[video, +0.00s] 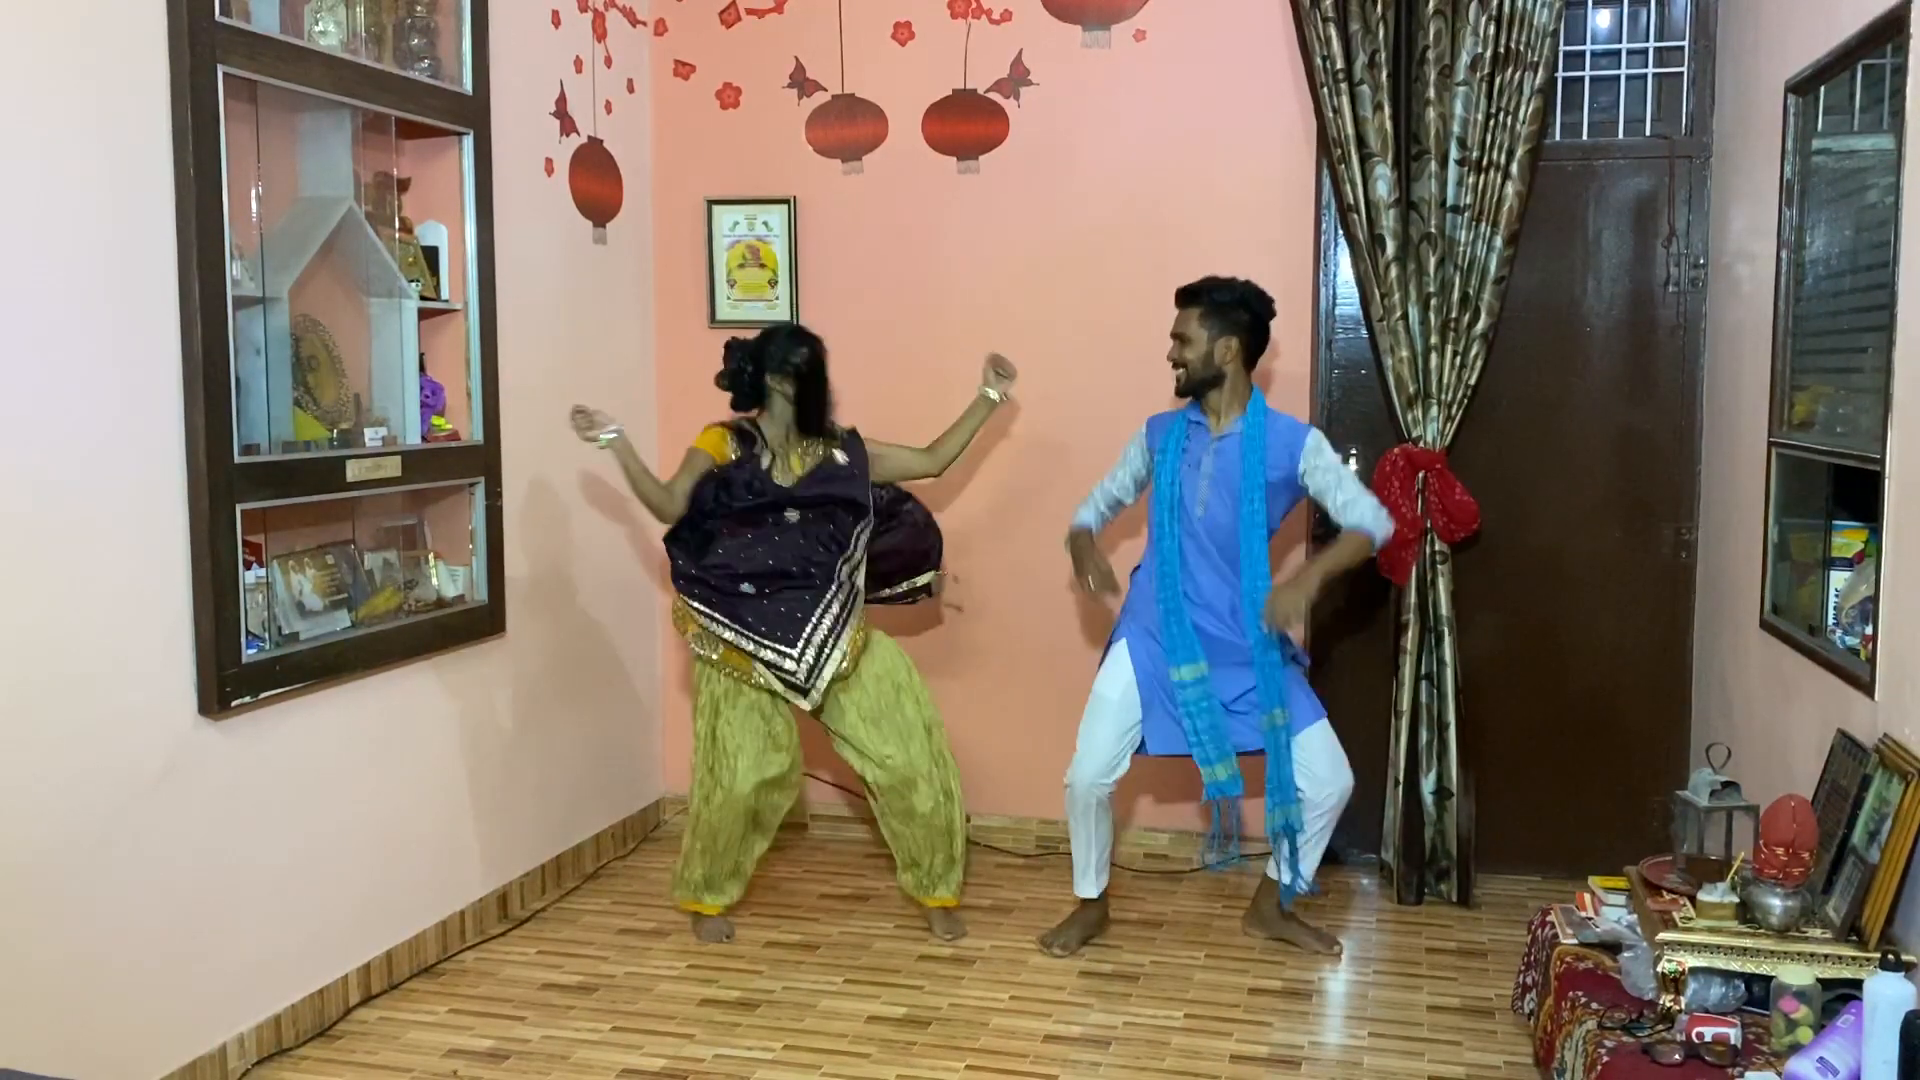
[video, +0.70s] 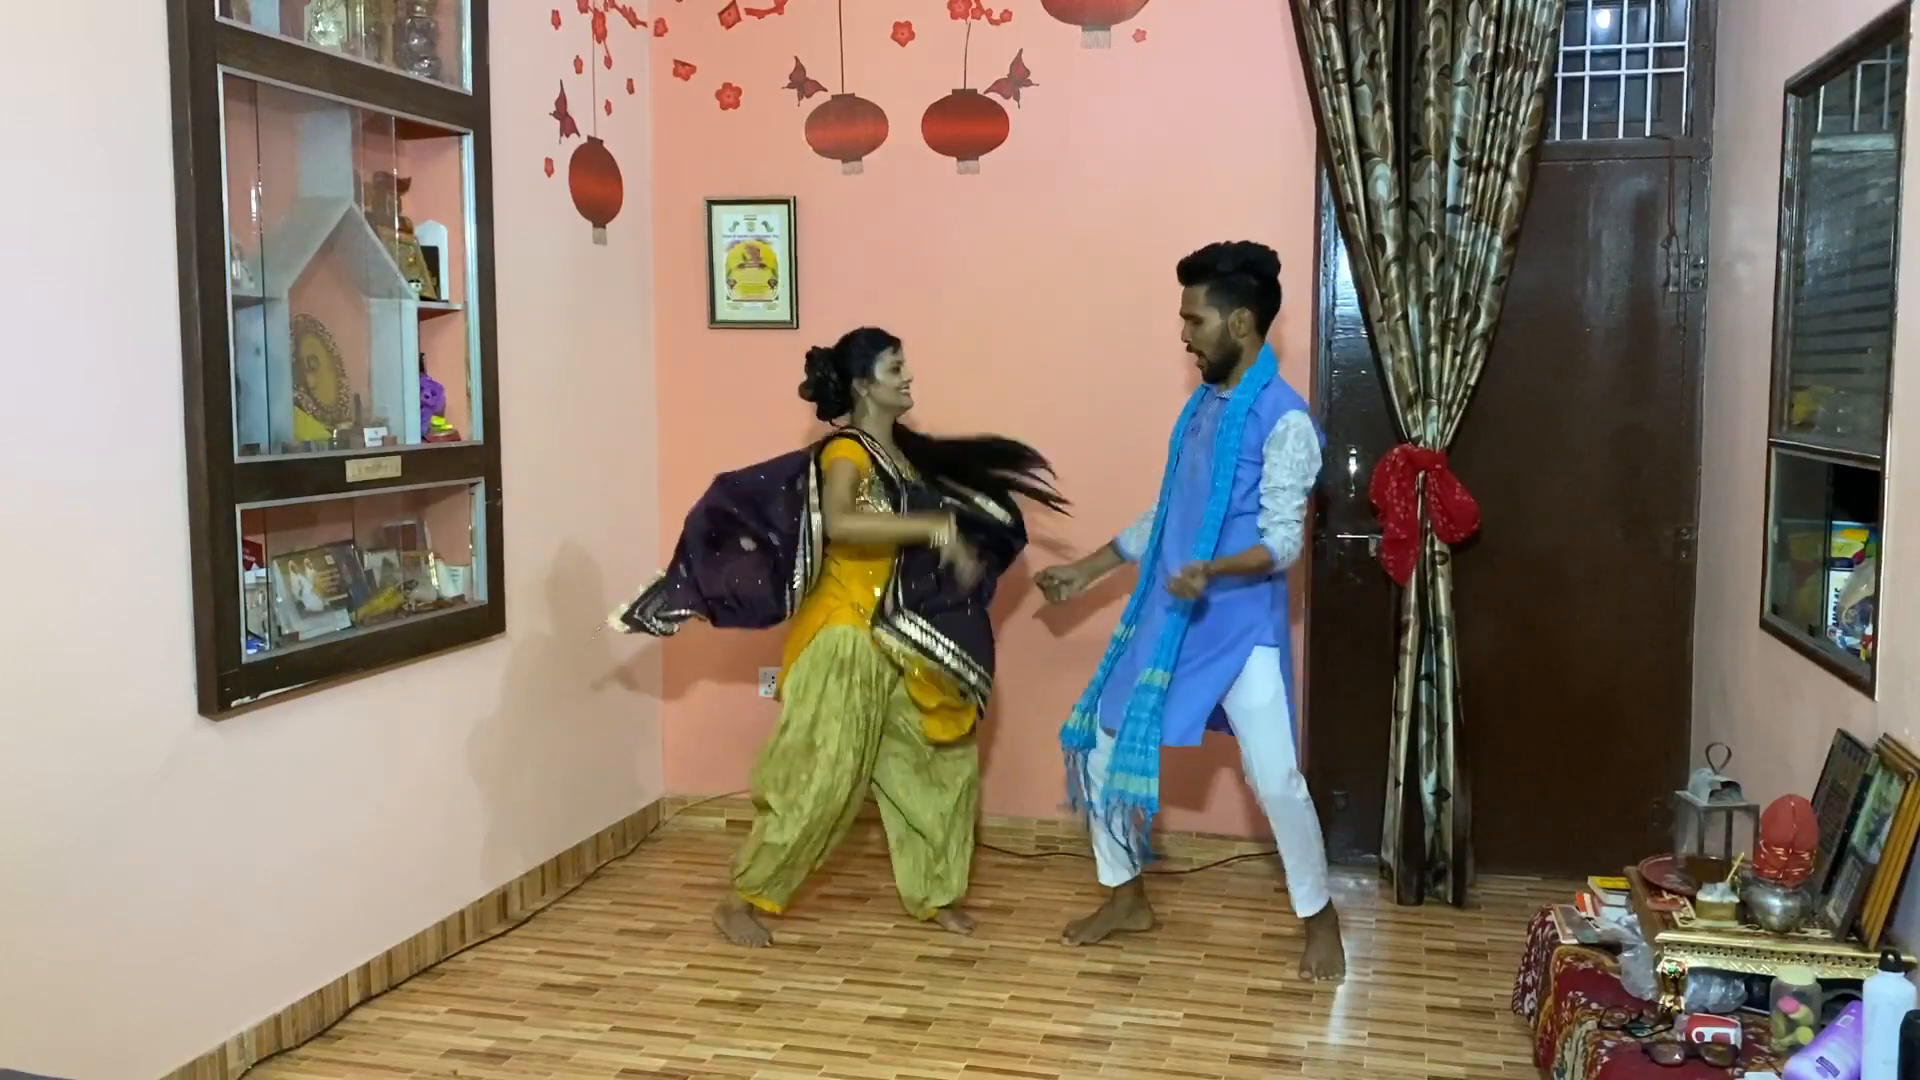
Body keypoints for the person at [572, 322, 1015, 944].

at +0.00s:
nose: (779, 379)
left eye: (778, 367)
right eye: (773, 368)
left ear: (766, 376)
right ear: (800, 377)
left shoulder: (842, 449)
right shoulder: (721, 444)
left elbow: (931, 460)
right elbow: (669, 508)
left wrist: (987, 398)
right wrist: (618, 440)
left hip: (837, 632)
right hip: (739, 637)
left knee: (913, 754)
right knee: (747, 772)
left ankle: (939, 890)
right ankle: (709, 897)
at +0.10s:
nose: (829, 413)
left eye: (828, 403)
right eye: (817, 405)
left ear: (816, 410)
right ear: (781, 414)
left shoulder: (833, 465)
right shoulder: (741, 472)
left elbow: (924, 478)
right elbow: (766, 531)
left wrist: (939, 407)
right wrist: (774, 451)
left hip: (829, 656)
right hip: (751, 664)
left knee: (910, 764)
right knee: (746, 800)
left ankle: (929, 891)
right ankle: (707, 896)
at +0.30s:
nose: (847, 351)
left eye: (843, 340)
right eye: (834, 342)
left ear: (835, 354)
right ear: (800, 357)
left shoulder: (848, 416)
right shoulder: (783, 410)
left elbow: (881, 377)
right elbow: (811, 375)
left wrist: (896, 363)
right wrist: (870, 373)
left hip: (869, 603)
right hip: (797, 606)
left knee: (905, 747)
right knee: (770, 751)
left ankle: (930, 891)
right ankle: (718, 885)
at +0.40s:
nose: (837, 307)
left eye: (837, 298)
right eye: (823, 299)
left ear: (841, 318)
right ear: (796, 324)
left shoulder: (857, 368)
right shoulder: (804, 374)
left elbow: (883, 293)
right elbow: (830, 272)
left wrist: (904, 217)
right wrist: (846, 167)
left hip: (875, 583)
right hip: (809, 578)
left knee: (903, 733)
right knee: (777, 726)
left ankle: (938, 874)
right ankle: (731, 867)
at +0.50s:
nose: (857, 314)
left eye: (856, 306)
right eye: (843, 306)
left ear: (851, 320)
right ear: (820, 321)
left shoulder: (881, 378)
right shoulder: (823, 378)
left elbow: (888, 313)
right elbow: (847, 306)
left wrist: (910, 236)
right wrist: (833, 201)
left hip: (886, 580)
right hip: (826, 573)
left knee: (909, 733)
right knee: (785, 723)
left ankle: (939, 874)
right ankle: (744, 871)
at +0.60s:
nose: (887, 346)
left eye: (887, 336)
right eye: (873, 336)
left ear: (884, 354)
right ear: (841, 352)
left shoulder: (905, 419)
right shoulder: (822, 410)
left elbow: (908, 385)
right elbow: (848, 421)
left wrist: (934, 356)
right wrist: (885, 358)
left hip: (906, 611)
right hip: (833, 608)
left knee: (925, 753)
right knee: (799, 745)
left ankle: (932, 887)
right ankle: (746, 886)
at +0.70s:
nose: (909, 379)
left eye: (906, 370)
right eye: (896, 372)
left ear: (880, 385)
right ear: (862, 386)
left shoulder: (901, 454)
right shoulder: (845, 450)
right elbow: (840, 523)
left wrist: (975, 511)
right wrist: (936, 528)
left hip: (903, 634)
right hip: (844, 633)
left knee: (942, 762)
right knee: (824, 769)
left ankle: (933, 895)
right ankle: (744, 900)